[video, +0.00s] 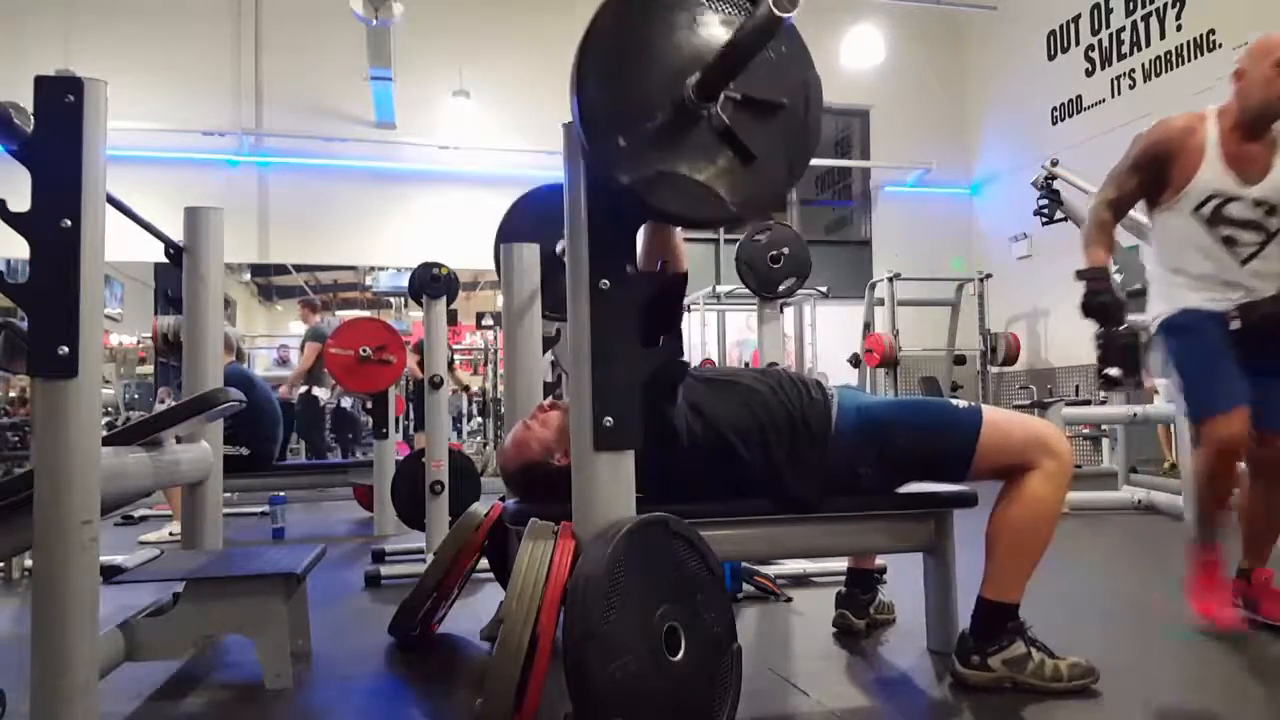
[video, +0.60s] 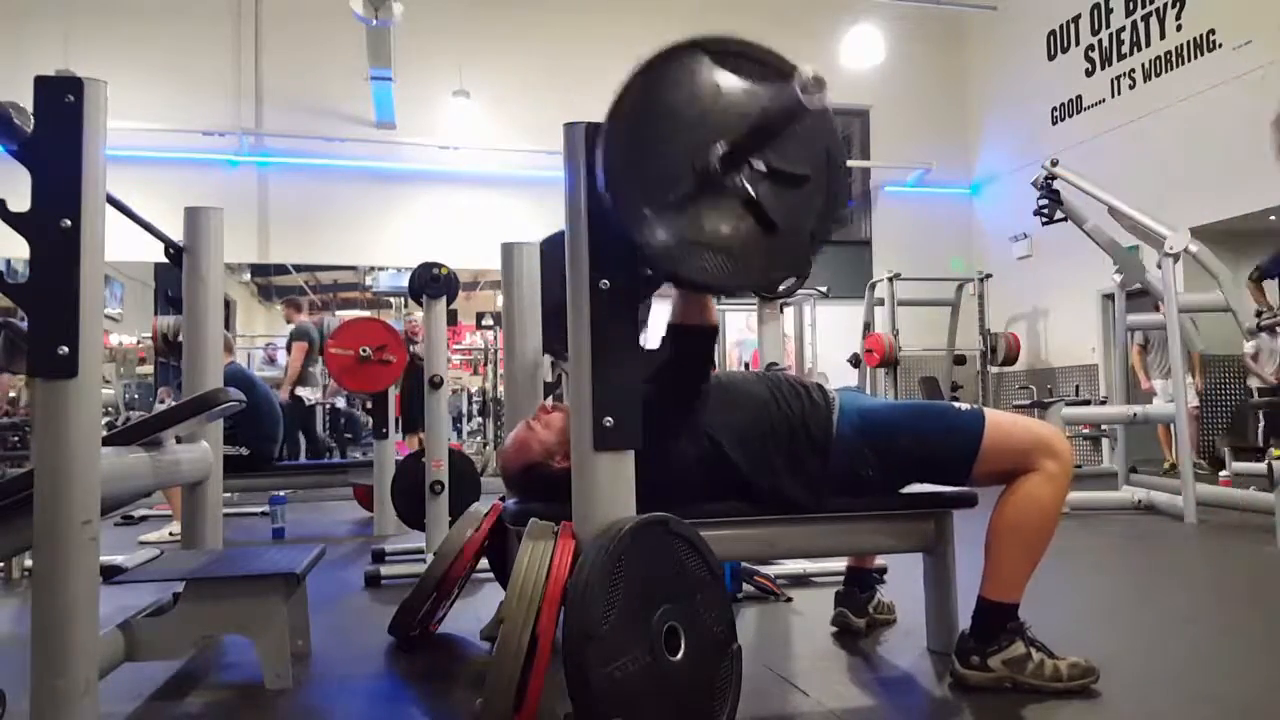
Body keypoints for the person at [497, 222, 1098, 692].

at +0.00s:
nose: (544, 406)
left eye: (533, 411)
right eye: (536, 425)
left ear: (556, 445)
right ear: (558, 460)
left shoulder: (611, 417)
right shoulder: (622, 431)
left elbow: (653, 289)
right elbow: (662, 290)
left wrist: (660, 177)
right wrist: (658, 173)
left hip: (811, 418)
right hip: (837, 431)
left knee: (906, 432)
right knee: (1049, 450)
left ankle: (861, 596)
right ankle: (992, 642)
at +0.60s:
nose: (544, 412)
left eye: (533, 414)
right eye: (537, 430)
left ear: (550, 430)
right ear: (556, 467)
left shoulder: (604, 433)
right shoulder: (633, 452)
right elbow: (693, 325)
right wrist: (700, 220)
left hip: (805, 429)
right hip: (835, 437)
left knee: (903, 450)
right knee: (1049, 450)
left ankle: (860, 592)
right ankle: (993, 642)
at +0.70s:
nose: (541, 414)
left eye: (530, 416)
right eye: (532, 429)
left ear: (546, 445)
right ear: (551, 464)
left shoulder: (592, 447)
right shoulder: (624, 467)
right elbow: (698, 393)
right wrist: (714, 267)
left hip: (798, 428)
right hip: (833, 438)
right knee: (1050, 451)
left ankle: (858, 594)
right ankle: (992, 642)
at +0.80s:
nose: (542, 413)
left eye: (533, 417)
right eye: (535, 427)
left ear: (548, 445)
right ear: (549, 461)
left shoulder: (603, 432)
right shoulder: (618, 443)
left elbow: (715, 392)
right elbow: (724, 394)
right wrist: (729, 283)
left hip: (805, 431)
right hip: (830, 437)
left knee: (929, 430)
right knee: (1048, 452)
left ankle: (856, 594)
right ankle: (992, 639)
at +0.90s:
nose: (537, 421)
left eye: (530, 420)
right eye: (531, 429)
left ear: (533, 440)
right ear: (533, 459)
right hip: (803, 433)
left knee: (891, 435)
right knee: (1051, 454)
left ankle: (857, 591)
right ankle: (993, 637)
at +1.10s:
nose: (542, 414)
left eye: (529, 420)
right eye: (534, 429)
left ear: (539, 439)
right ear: (545, 461)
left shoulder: (599, 430)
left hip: (774, 427)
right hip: (821, 439)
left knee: (894, 437)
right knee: (1052, 455)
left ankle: (857, 591)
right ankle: (993, 637)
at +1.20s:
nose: (543, 411)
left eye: (530, 418)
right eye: (536, 428)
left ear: (543, 424)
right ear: (550, 462)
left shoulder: (608, 420)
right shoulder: (616, 455)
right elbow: (738, 454)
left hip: (784, 430)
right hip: (833, 442)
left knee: (879, 442)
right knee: (1052, 455)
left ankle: (858, 593)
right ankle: (992, 639)